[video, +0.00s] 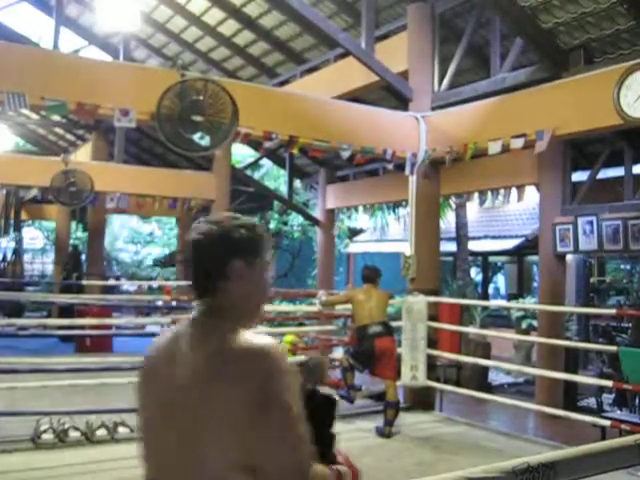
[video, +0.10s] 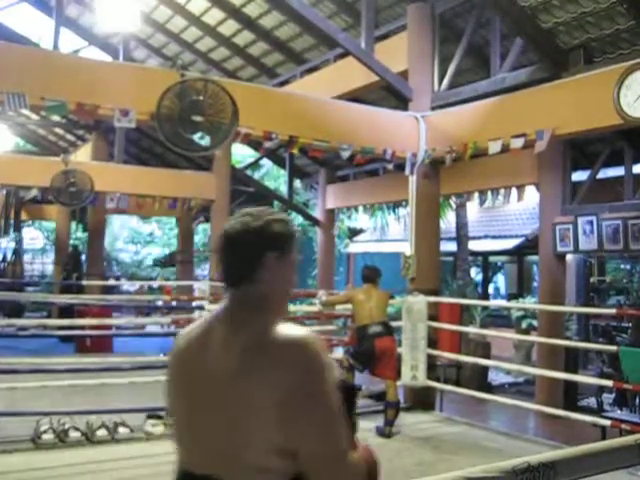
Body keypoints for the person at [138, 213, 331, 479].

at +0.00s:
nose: (269, 285)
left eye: (267, 271)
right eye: (264, 270)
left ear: (201, 275)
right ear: (238, 272)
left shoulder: (158, 355)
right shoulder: (262, 358)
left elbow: (158, 460)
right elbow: (290, 468)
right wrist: (335, 473)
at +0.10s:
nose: (295, 277)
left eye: (295, 264)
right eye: (293, 263)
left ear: (230, 267)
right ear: (271, 265)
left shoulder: (186, 343)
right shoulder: (297, 349)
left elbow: (191, 442)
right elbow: (329, 467)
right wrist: (364, 460)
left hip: (194, 472)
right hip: (275, 474)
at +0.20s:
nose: (316, 270)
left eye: (316, 260)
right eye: (315, 259)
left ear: (253, 260)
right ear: (304, 259)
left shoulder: (211, 338)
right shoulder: (330, 339)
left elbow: (211, 428)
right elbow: (369, 461)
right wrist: (383, 443)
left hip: (224, 469)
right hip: (310, 470)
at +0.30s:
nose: (334, 269)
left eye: (333, 259)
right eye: (333, 258)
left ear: (270, 260)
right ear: (324, 257)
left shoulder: (228, 333)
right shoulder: (352, 335)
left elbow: (209, 409)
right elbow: (390, 447)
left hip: (240, 467)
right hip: (327, 469)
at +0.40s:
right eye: (342, 259)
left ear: (283, 262)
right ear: (335, 261)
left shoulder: (243, 333)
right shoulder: (367, 335)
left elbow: (206, 405)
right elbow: (405, 441)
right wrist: (354, 436)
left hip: (255, 466)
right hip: (340, 467)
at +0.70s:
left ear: (282, 272)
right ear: (332, 271)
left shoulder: (251, 336)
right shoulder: (366, 335)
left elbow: (217, 389)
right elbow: (398, 423)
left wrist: (265, 377)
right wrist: (350, 402)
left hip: (268, 468)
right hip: (349, 469)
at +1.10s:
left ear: (283, 270)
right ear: (330, 269)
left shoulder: (255, 313)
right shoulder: (350, 324)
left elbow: (222, 351)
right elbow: (385, 396)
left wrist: (267, 354)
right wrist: (340, 374)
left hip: (265, 449)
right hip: (335, 451)